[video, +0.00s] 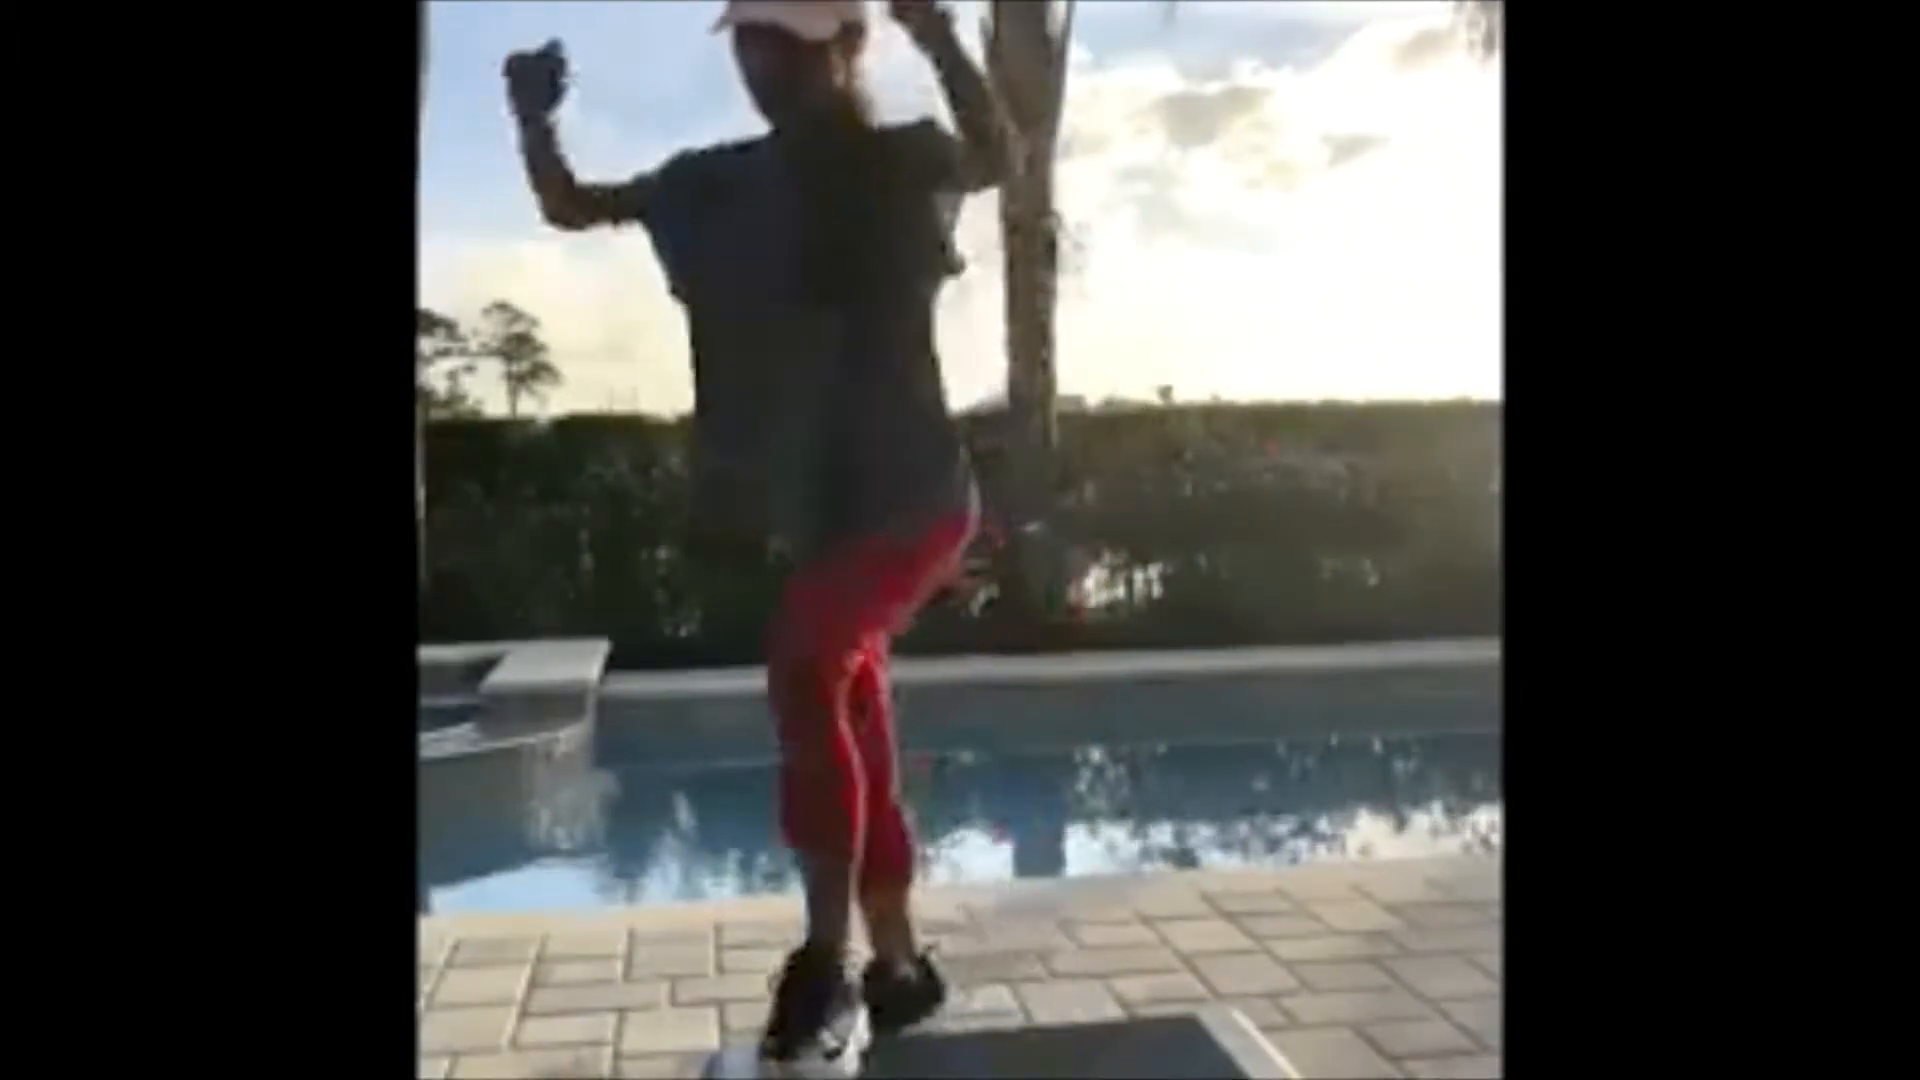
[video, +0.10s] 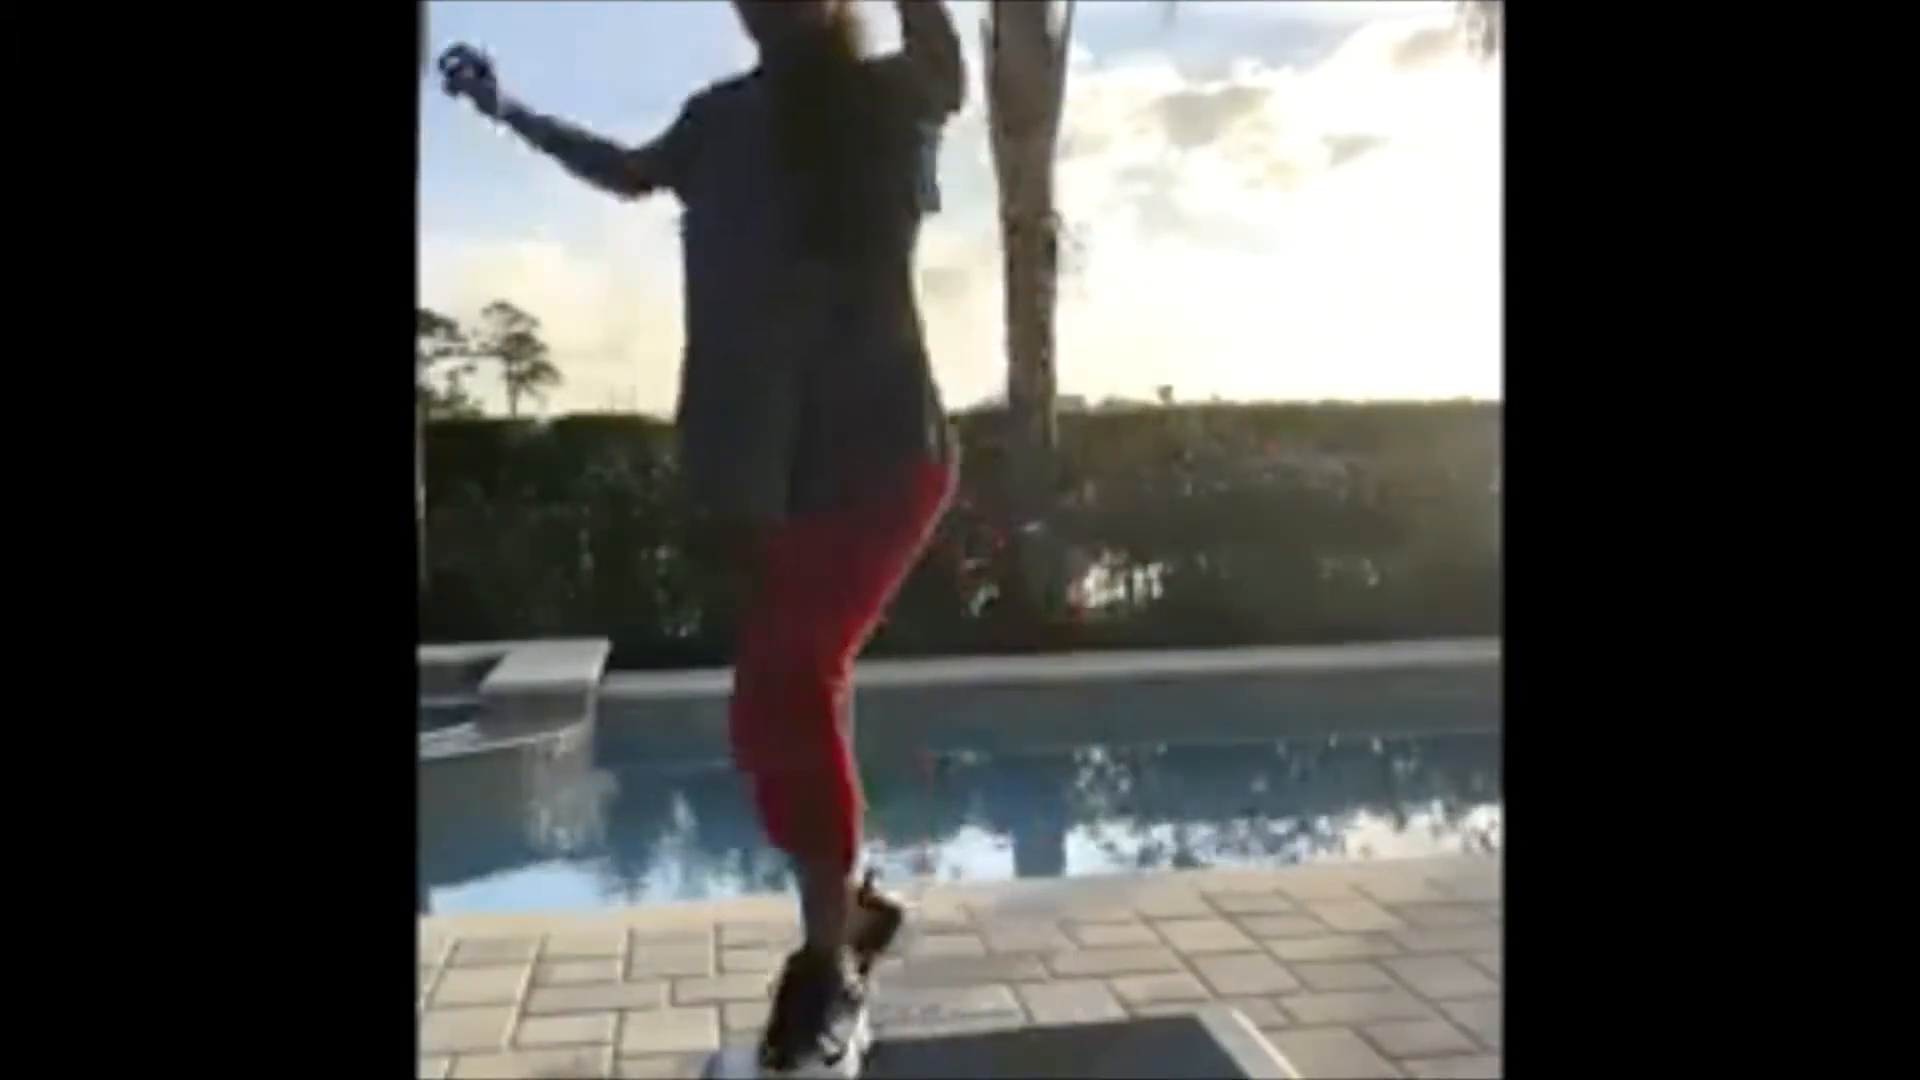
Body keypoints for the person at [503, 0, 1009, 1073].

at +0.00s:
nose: (762, 62)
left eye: (782, 39)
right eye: (748, 42)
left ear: (837, 45)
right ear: (738, 52)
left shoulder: (903, 157)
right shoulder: (713, 178)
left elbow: (1001, 152)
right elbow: (570, 206)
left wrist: (937, 34)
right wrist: (535, 114)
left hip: (915, 494)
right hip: (800, 503)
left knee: (806, 655)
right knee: (856, 722)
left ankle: (826, 961)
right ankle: (897, 961)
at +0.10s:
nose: (770, 11)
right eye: (756, 2)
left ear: (833, 2)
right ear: (743, 14)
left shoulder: (883, 90)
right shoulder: (720, 110)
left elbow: (946, 74)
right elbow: (630, 170)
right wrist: (502, 105)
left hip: (882, 440)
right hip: (755, 450)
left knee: (803, 672)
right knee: (765, 699)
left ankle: (826, 967)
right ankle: (850, 903)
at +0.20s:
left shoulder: (856, 33)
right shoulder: (729, 63)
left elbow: (871, 169)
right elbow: (712, 179)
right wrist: (551, 178)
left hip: (866, 406)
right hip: (751, 405)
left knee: (816, 661)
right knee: (648, 599)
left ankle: (825, 972)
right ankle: (760, 790)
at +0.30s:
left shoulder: (798, 9)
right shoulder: (740, 45)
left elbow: (846, 154)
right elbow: (755, 228)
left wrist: (696, 81)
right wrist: (644, 285)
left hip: (843, 376)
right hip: (741, 366)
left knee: (825, 666)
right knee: (569, 357)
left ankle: (824, 967)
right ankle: (666, 627)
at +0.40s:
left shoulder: (771, 33)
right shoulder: (731, 51)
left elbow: (804, 230)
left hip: (828, 386)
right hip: (738, 383)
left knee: (817, 668)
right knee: (564, 199)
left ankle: (824, 973)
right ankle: (612, 514)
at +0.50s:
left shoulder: (767, 43)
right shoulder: (703, 66)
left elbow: (761, 253)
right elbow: (716, 261)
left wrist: (662, 360)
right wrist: (650, 357)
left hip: (799, 397)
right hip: (706, 380)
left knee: (800, 686)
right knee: (534, 208)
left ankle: (824, 972)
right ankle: (612, 528)